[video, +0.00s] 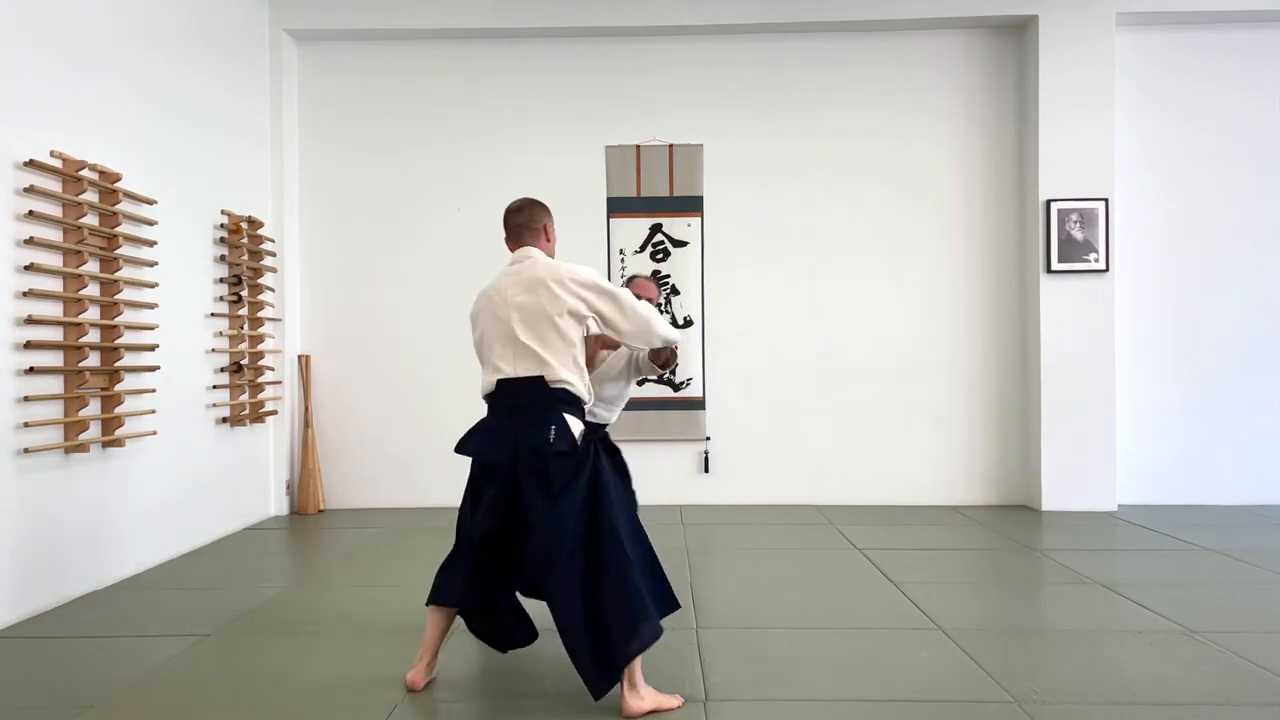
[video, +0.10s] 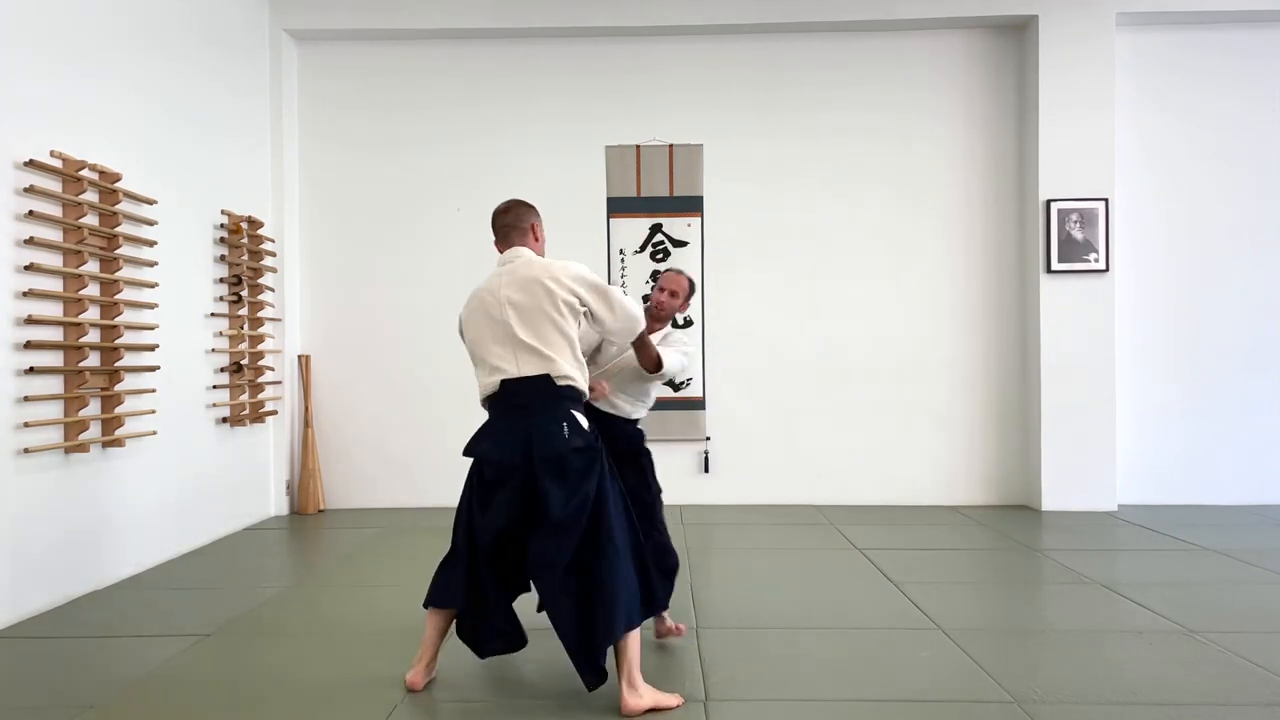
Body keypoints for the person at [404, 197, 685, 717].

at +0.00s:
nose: (556, 243)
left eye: (550, 235)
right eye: (555, 235)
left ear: (506, 241)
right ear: (549, 235)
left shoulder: (485, 298)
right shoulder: (571, 280)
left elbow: (500, 365)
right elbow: (651, 329)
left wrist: (581, 352)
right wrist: (660, 346)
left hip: (499, 428)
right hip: (561, 427)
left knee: (470, 544)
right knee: (608, 547)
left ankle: (422, 665)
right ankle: (635, 688)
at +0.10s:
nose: (544, 241)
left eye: (539, 235)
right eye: (543, 234)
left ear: (494, 244)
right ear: (537, 234)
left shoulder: (473, 305)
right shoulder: (565, 275)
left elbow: (497, 369)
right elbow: (630, 321)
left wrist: (577, 380)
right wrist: (585, 367)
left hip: (501, 431)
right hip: (564, 427)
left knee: (467, 546)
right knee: (611, 546)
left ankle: (422, 666)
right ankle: (632, 685)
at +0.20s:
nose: (542, 239)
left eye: (537, 233)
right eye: (541, 231)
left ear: (493, 242)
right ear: (536, 232)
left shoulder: (477, 299)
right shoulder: (564, 273)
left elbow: (506, 353)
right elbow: (613, 319)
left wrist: (591, 343)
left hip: (509, 429)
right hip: (569, 427)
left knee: (469, 543)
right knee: (612, 547)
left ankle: (422, 666)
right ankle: (631, 686)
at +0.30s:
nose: (556, 238)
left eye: (548, 231)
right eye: (555, 230)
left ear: (504, 239)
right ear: (550, 230)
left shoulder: (489, 290)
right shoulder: (581, 268)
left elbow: (510, 346)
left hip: (523, 433)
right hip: (585, 431)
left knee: (481, 544)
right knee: (624, 550)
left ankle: (425, 667)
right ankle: (634, 689)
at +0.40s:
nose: (574, 235)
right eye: (574, 228)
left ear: (525, 238)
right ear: (571, 230)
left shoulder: (506, 287)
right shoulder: (603, 273)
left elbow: (497, 330)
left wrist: (500, 283)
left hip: (542, 428)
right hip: (602, 426)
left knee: (498, 541)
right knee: (632, 549)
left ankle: (438, 665)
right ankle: (635, 690)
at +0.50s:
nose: (586, 237)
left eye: (544, 237)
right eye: (588, 229)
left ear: (542, 239)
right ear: (589, 232)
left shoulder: (521, 286)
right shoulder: (623, 280)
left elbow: (509, 330)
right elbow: (633, 324)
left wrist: (556, 287)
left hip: (554, 431)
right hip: (615, 430)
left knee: (520, 538)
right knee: (637, 551)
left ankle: (463, 652)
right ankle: (636, 690)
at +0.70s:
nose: (580, 257)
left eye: (572, 251)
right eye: (617, 247)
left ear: (570, 253)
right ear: (616, 249)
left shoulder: (548, 290)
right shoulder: (642, 294)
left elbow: (525, 311)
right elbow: (678, 318)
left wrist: (575, 273)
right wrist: (648, 283)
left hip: (560, 428)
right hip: (618, 434)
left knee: (543, 528)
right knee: (643, 552)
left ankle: (529, 630)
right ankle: (634, 685)